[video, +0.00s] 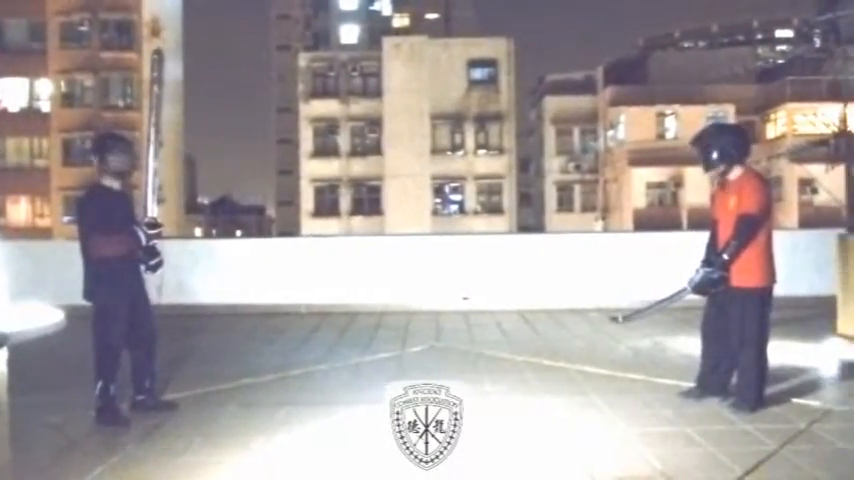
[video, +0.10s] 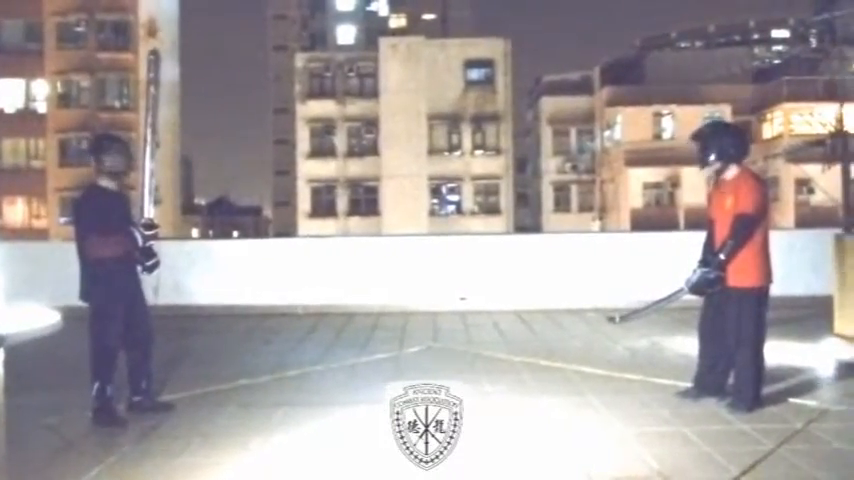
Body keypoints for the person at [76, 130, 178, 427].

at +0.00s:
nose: (126, 160)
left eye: (127, 153)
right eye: (119, 153)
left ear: (130, 159)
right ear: (103, 159)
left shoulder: (123, 196)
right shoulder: (93, 198)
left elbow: (126, 234)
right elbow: (96, 247)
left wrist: (143, 245)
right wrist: (138, 250)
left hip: (130, 276)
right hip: (106, 279)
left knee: (143, 333)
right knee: (109, 339)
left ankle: (145, 393)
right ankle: (105, 400)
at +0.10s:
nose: (117, 161)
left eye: (121, 154)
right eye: (111, 154)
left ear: (127, 161)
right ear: (98, 160)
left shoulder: (120, 198)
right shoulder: (89, 200)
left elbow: (122, 236)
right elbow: (93, 248)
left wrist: (140, 246)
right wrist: (134, 250)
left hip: (127, 277)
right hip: (102, 279)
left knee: (139, 333)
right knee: (106, 338)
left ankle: (141, 393)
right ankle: (102, 400)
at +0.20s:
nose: (112, 163)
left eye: (117, 157)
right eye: (106, 156)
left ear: (124, 162)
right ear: (94, 159)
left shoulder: (119, 198)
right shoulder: (86, 199)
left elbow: (121, 236)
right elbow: (89, 246)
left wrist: (138, 244)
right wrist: (131, 251)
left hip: (124, 276)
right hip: (98, 279)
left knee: (136, 333)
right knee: (103, 337)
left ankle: (138, 393)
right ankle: (98, 399)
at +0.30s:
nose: (112, 155)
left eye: (116, 149)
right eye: (106, 149)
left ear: (124, 156)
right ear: (94, 155)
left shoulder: (118, 195)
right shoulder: (85, 197)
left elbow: (118, 231)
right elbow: (87, 244)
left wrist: (137, 231)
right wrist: (129, 246)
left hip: (122, 275)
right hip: (97, 277)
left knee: (134, 331)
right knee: (100, 336)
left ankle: (134, 391)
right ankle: (95, 398)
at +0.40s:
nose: (116, 149)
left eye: (117, 144)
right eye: (109, 144)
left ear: (120, 153)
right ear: (97, 152)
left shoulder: (117, 194)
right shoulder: (86, 194)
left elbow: (120, 230)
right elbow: (89, 241)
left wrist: (138, 231)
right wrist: (130, 245)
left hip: (121, 274)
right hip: (96, 276)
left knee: (131, 329)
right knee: (98, 334)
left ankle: (132, 390)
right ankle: (92, 395)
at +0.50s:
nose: (116, 150)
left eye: (116, 144)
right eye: (110, 144)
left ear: (108, 152)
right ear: (98, 151)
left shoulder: (118, 193)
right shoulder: (85, 194)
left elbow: (122, 228)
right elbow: (88, 241)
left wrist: (139, 233)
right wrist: (127, 245)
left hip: (121, 275)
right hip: (95, 277)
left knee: (131, 329)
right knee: (97, 334)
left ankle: (131, 389)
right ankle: (91, 395)